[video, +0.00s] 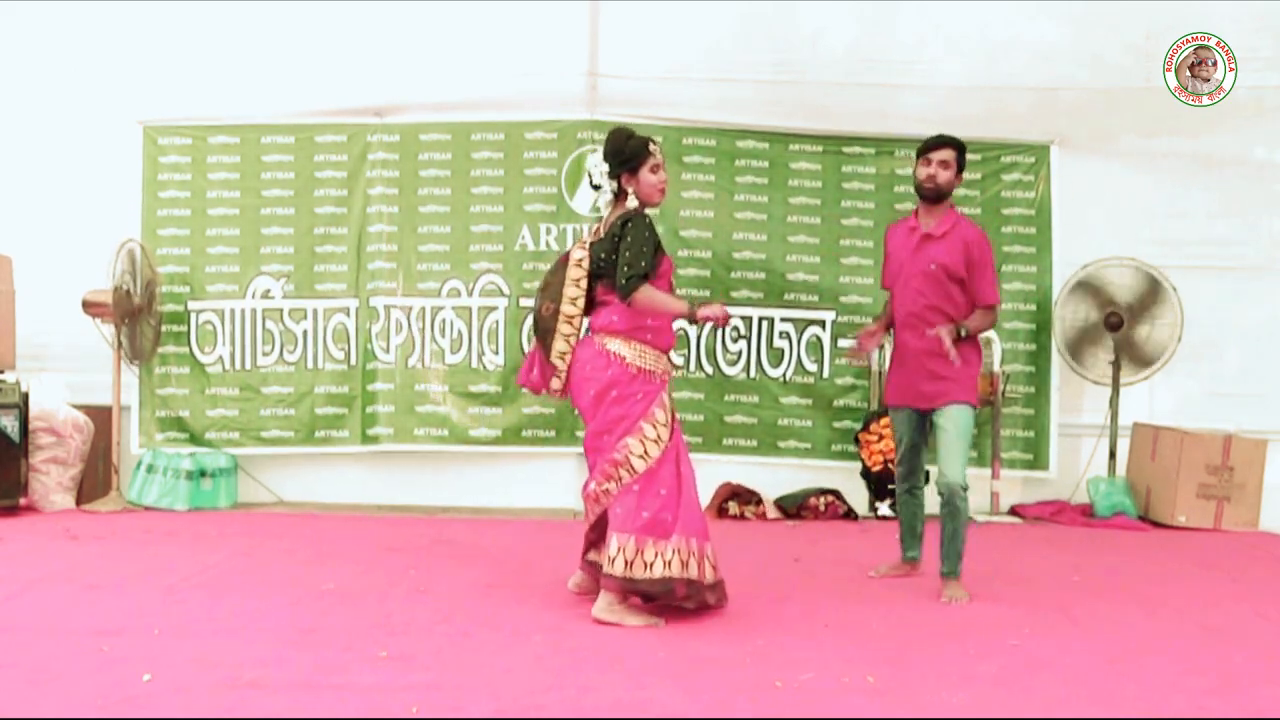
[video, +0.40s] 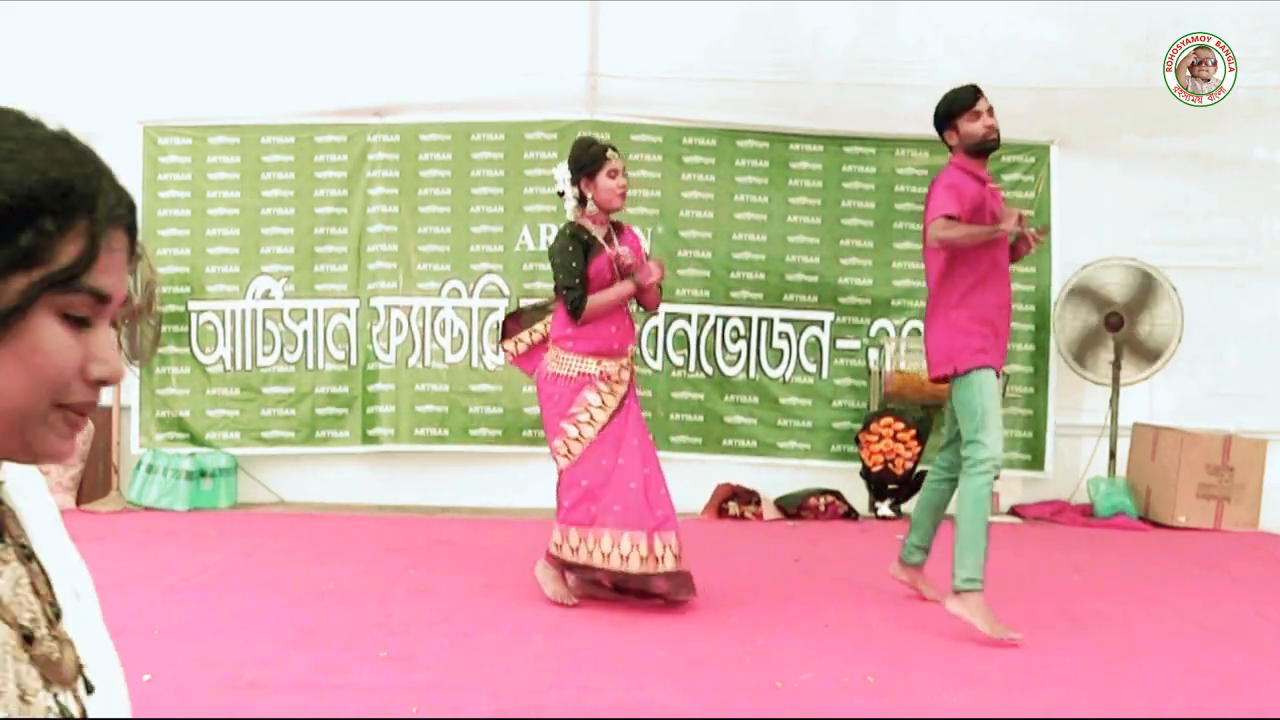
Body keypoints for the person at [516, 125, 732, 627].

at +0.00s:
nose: (663, 178)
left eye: (663, 167)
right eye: (653, 170)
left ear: (634, 177)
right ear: (627, 180)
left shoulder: (613, 225)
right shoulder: (635, 225)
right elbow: (634, 289)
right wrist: (693, 310)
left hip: (602, 361)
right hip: (623, 365)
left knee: (617, 466)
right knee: (644, 471)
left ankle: (593, 567)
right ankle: (614, 596)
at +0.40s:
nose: (623, 184)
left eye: (624, 175)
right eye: (612, 176)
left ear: (618, 181)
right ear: (585, 184)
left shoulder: (626, 237)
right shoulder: (570, 241)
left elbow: (650, 303)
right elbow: (577, 308)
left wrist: (647, 279)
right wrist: (632, 283)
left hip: (615, 368)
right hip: (572, 370)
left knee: (635, 461)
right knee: (588, 466)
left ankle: (626, 563)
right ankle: (557, 561)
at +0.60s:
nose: (604, 192)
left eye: (607, 184)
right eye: (593, 184)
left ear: (611, 190)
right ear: (568, 193)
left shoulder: (618, 249)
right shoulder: (551, 249)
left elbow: (633, 309)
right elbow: (519, 303)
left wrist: (668, 301)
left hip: (608, 374)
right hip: (559, 374)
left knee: (620, 465)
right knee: (566, 467)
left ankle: (629, 569)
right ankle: (564, 565)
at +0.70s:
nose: (601, 192)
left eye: (605, 183)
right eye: (590, 184)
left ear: (610, 192)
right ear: (566, 195)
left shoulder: (617, 248)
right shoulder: (548, 248)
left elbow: (636, 302)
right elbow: (509, 307)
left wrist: (680, 282)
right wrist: (492, 289)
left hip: (606, 375)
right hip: (556, 376)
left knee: (615, 462)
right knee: (561, 467)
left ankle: (614, 565)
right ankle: (561, 564)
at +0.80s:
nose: (601, 185)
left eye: (604, 176)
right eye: (590, 177)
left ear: (609, 183)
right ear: (566, 186)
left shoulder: (613, 236)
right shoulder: (554, 238)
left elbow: (633, 290)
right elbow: (533, 294)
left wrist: (677, 264)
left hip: (611, 352)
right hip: (567, 349)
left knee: (618, 449)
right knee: (570, 449)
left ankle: (612, 559)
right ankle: (558, 557)